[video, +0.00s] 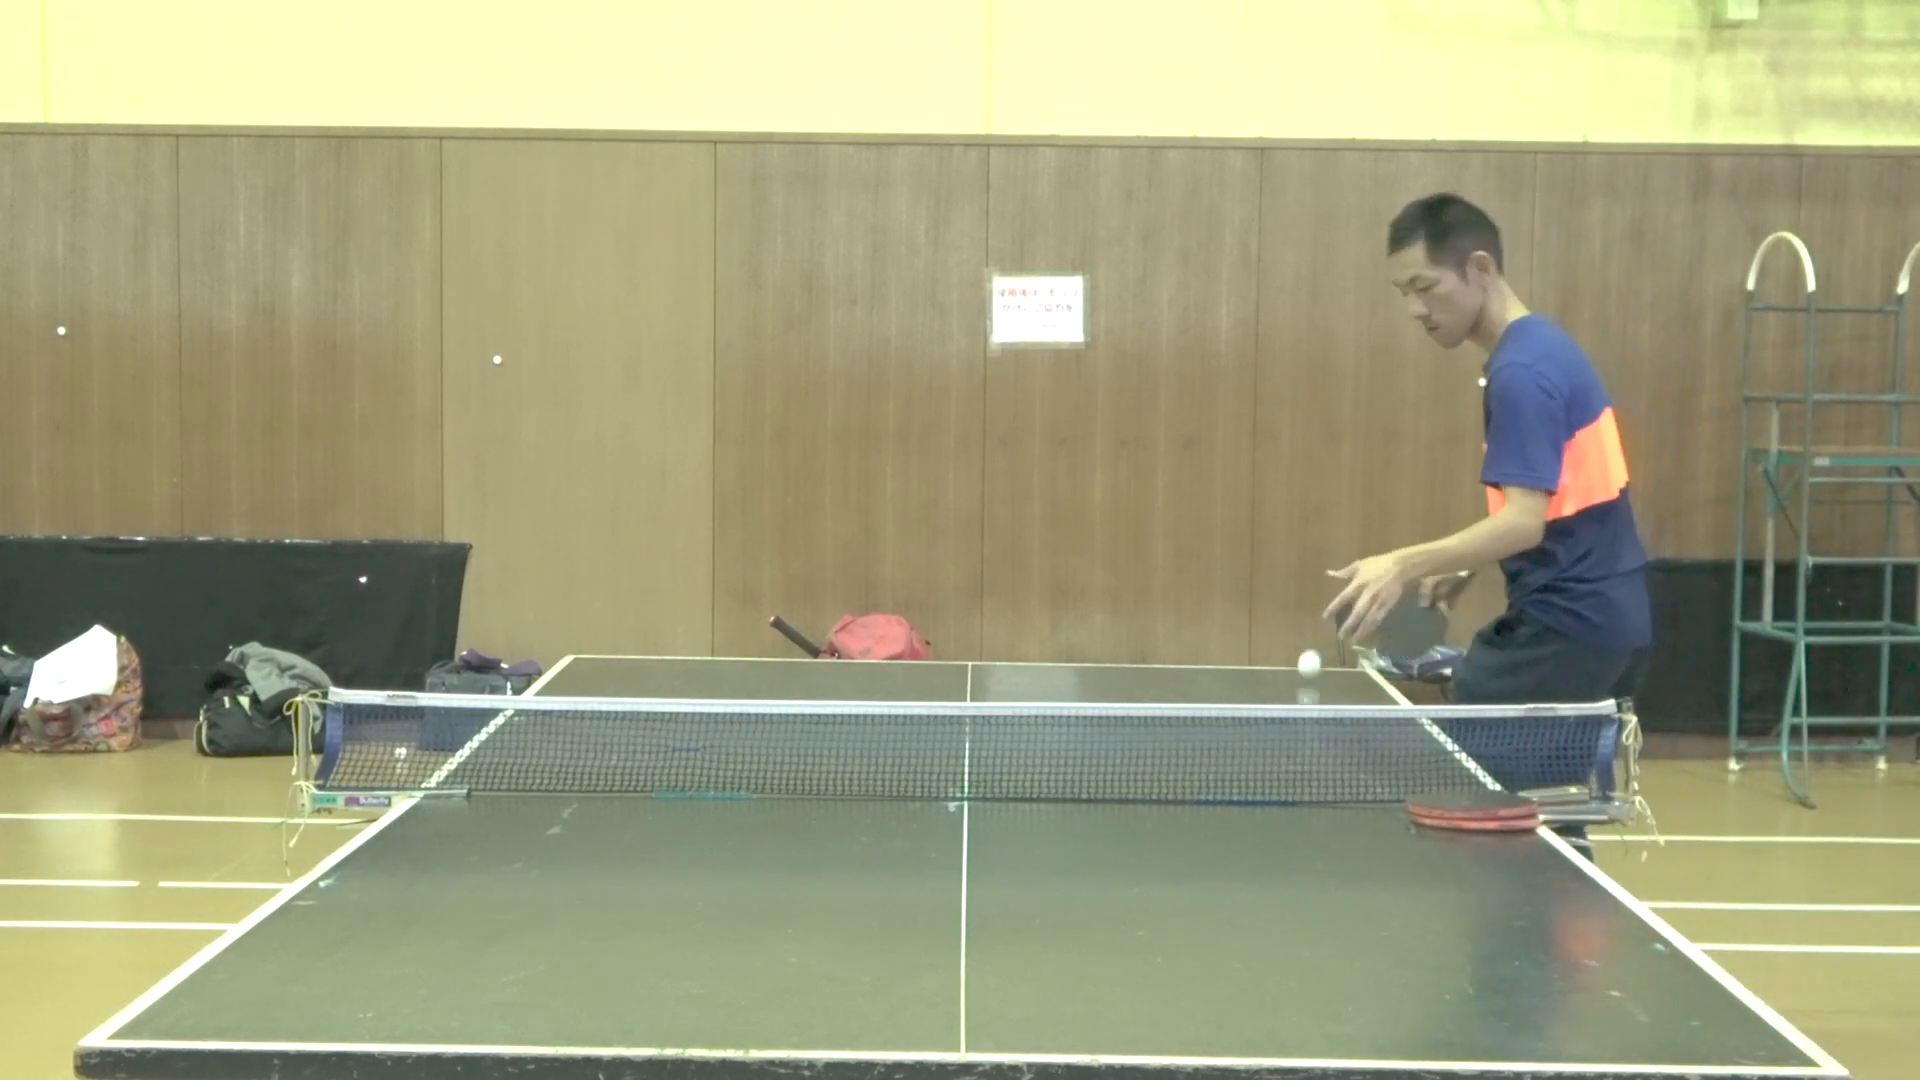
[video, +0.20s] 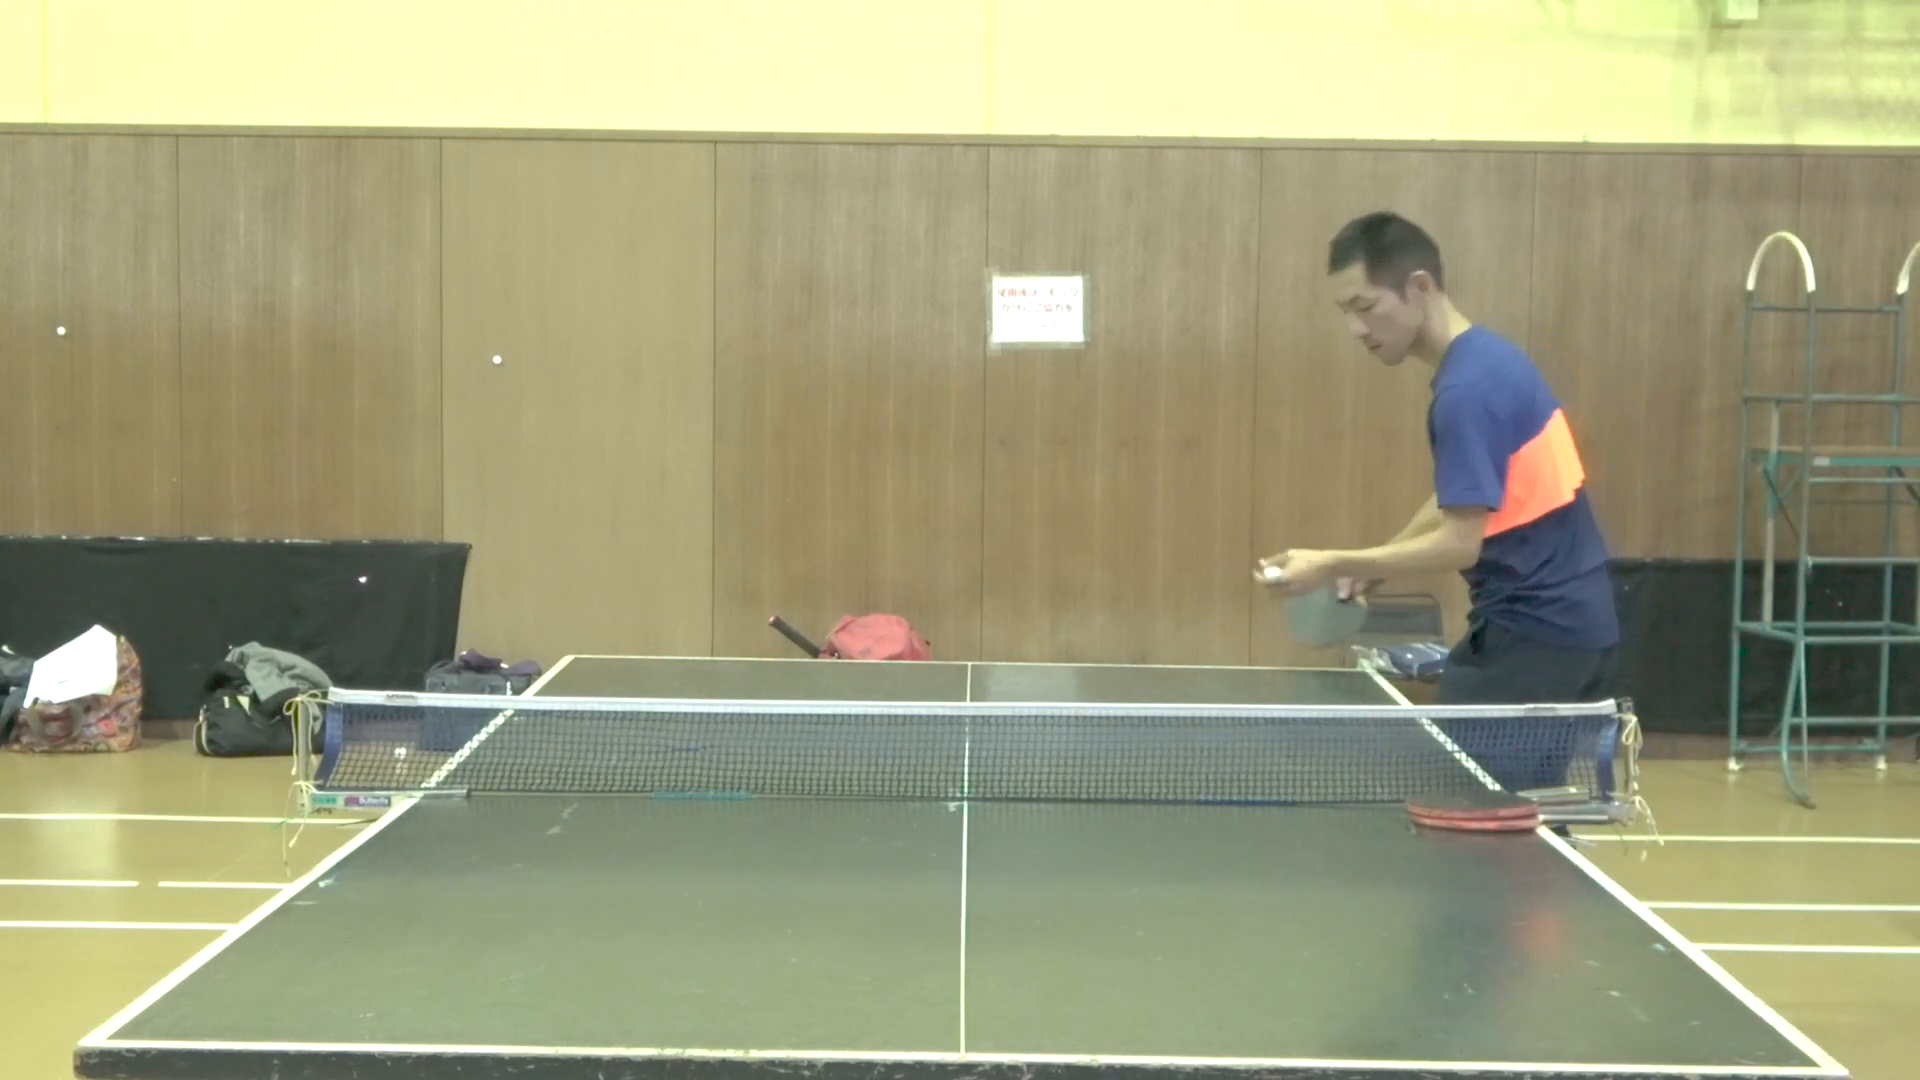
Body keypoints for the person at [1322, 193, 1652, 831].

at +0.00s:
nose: (1416, 310)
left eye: (1425, 288)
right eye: (1407, 293)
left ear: (1481, 267)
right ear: (1479, 272)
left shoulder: (1521, 370)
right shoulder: (1544, 348)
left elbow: (1523, 521)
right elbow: (1534, 501)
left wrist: (1404, 565)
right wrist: (1464, 564)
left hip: (1565, 629)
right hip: (1608, 623)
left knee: (1447, 781)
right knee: (1551, 806)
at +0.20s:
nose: (1356, 331)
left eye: (1365, 307)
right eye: (1347, 313)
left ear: (1419, 288)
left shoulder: (1466, 389)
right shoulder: (1488, 360)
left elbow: (1462, 543)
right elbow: (1448, 503)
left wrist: (1334, 563)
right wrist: (1373, 572)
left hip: (1532, 632)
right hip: (1574, 625)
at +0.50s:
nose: (1243, 379)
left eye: (1247, 360)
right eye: (1237, 364)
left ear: (1299, 342)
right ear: (1301, 343)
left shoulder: (1375, 420)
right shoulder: (1369, 394)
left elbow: (1370, 576)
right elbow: (1339, 524)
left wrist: (1241, 562)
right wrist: (1264, 583)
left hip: (1506, 631)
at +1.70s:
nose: (1387, 264)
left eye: (1409, 251)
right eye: (1397, 248)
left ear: (1454, 280)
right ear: (1458, 285)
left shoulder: (1453, 341)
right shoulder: (1504, 361)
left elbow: (1310, 334)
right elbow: (1394, 460)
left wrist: (1186, 284)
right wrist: (1318, 394)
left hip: (1526, 637)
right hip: (1580, 639)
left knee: (1420, 800)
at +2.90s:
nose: (1364, 364)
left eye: (1355, 352)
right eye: (1356, 354)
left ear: (1363, 336)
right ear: (1417, 312)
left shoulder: (1394, 378)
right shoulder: (1509, 367)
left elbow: (1444, 476)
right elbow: (1603, 467)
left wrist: (1408, 596)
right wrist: (1525, 511)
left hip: (1500, 611)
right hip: (1583, 614)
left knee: (1392, 769)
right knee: (1568, 797)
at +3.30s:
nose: (1448, 505)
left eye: (1444, 493)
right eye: (1442, 496)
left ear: (1455, 468)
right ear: (1509, 448)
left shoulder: (1471, 507)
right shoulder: (1598, 464)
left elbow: (1507, 646)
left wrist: (1503, 738)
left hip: (1601, 642)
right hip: (1696, 643)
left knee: (1480, 783)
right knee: (1639, 810)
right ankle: (1646, 976)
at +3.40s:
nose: (1444, 509)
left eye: (1437, 497)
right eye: (1436, 500)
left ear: (1451, 467)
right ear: (1502, 448)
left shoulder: (1473, 515)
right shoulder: (1595, 466)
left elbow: (1510, 648)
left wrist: (1503, 738)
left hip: (1610, 649)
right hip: (1702, 648)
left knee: (1492, 784)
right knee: (1637, 809)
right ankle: (1647, 972)